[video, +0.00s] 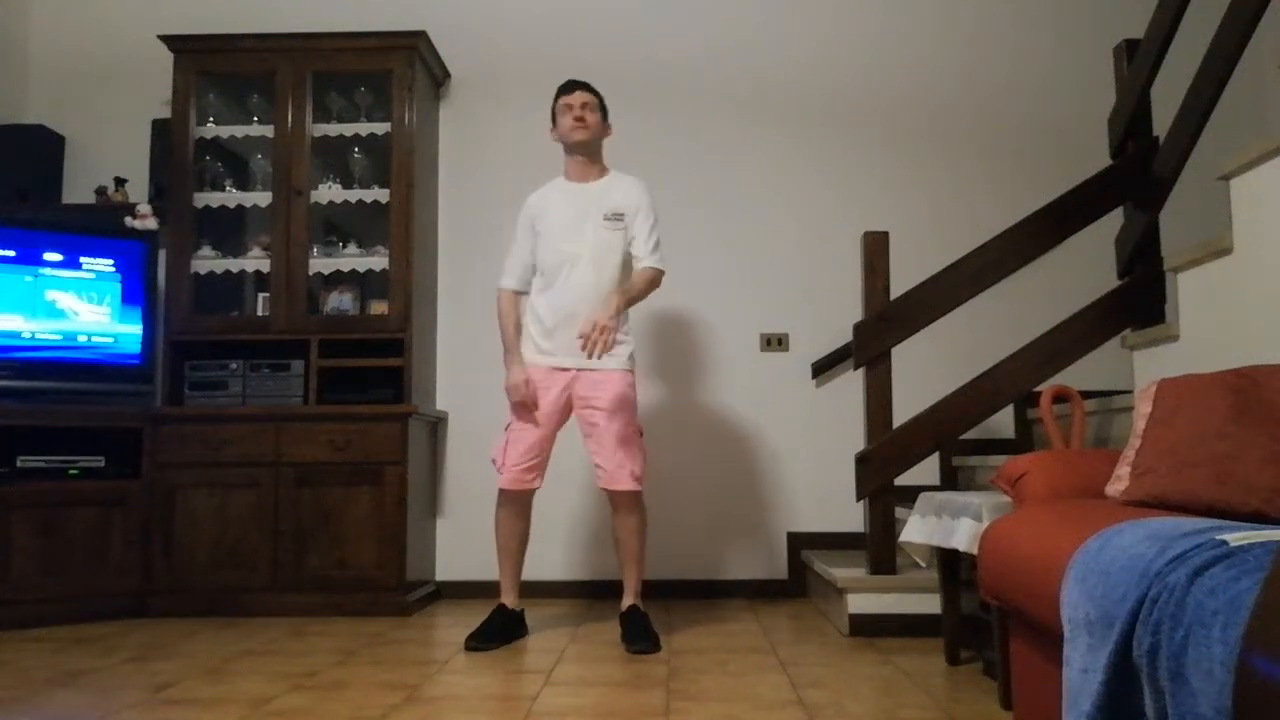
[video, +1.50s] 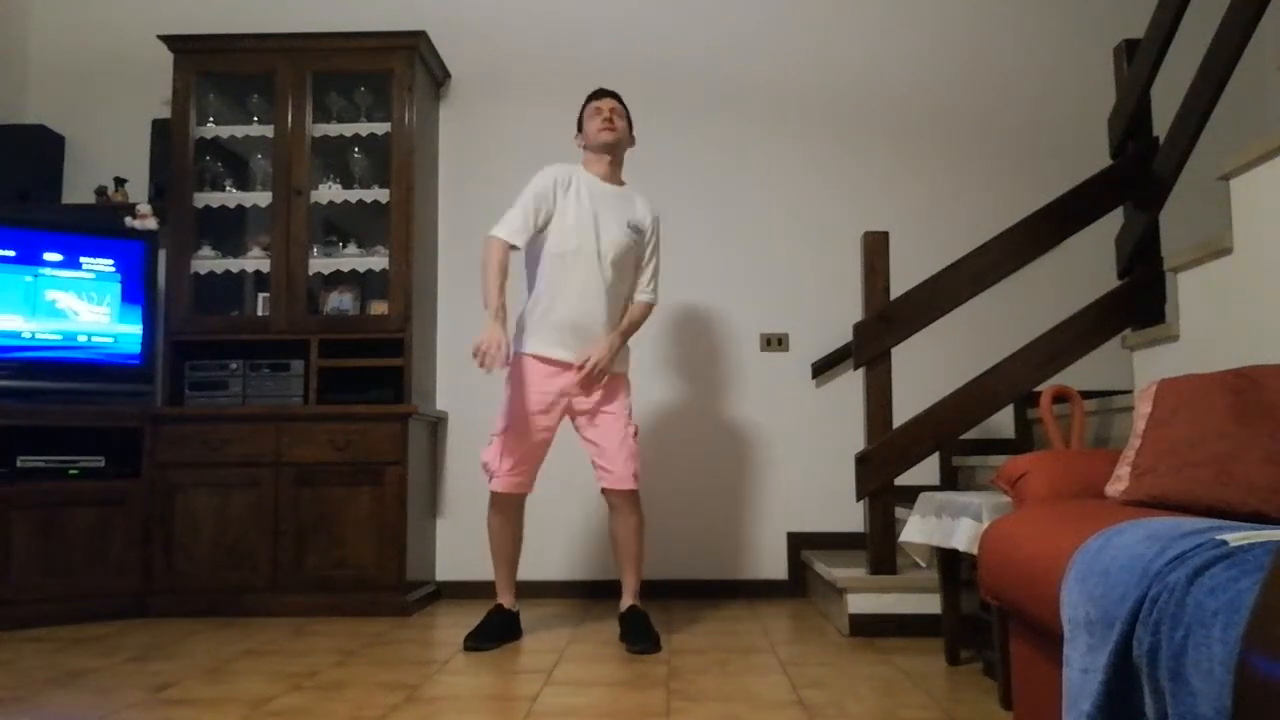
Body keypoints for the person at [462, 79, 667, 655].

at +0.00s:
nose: (579, 115)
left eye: (588, 109)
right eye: (568, 111)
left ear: (607, 127)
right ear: (554, 132)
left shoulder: (630, 194)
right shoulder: (537, 204)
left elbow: (649, 271)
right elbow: (510, 288)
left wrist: (615, 304)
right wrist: (512, 361)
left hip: (607, 365)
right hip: (541, 365)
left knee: (623, 485)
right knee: (513, 483)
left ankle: (632, 605)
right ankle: (508, 607)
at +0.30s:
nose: (614, 108)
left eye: (622, 105)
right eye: (601, 103)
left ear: (633, 128)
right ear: (581, 126)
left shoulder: (644, 203)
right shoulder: (555, 178)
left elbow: (652, 293)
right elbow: (497, 232)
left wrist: (615, 337)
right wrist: (503, 302)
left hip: (604, 367)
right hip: (536, 360)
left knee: (622, 484)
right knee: (499, 476)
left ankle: (632, 605)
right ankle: (499, 600)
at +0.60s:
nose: (582, 116)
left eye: (594, 112)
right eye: (575, 107)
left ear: (608, 130)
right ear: (558, 119)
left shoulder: (616, 204)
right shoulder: (521, 195)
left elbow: (640, 291)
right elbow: (473, 262)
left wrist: (603, 346)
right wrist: (493, 320)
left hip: (593, 370)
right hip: (524, 367)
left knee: (615, 484)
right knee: (500, 485)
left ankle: (632, 603)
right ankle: (504, 607)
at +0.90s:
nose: (528, 116)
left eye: (540, 110)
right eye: (521, 111)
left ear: (563, 131)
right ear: (512, 133)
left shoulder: (584, 177)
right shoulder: (508, 215)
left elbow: (632, 245)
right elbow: (492, 302)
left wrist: (593, 314)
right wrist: (501, 353)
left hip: (591, 368)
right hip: (528, 372)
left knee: (621, 478)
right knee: (506, 485)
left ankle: (634, 600)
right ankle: (505, 608)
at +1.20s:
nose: (562, 118)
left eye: (572, 110)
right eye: (553, 114)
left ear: (594, 125)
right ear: (543, 132)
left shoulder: (620, 185)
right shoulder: (529, 205)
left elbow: (651, 258)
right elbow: (505, 289)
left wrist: (608, 307)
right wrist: (513, 347)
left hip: (606, 362)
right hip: (539, 363)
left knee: (623, 485)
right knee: (512, 485)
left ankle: (632, 606)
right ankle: (506, 606)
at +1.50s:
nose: (607, 117)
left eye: (617, 114)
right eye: (596, 113)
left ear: (630, 138)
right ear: (579, 135)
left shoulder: (640, 210)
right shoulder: (554, 181)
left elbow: (645, 295)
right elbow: (499, 243)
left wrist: (616, 339)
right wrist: (496, 321)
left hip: (604, 369)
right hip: (538, 362)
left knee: (623, 485)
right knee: (507, 485)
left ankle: (632, 606)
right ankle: (505, 608)